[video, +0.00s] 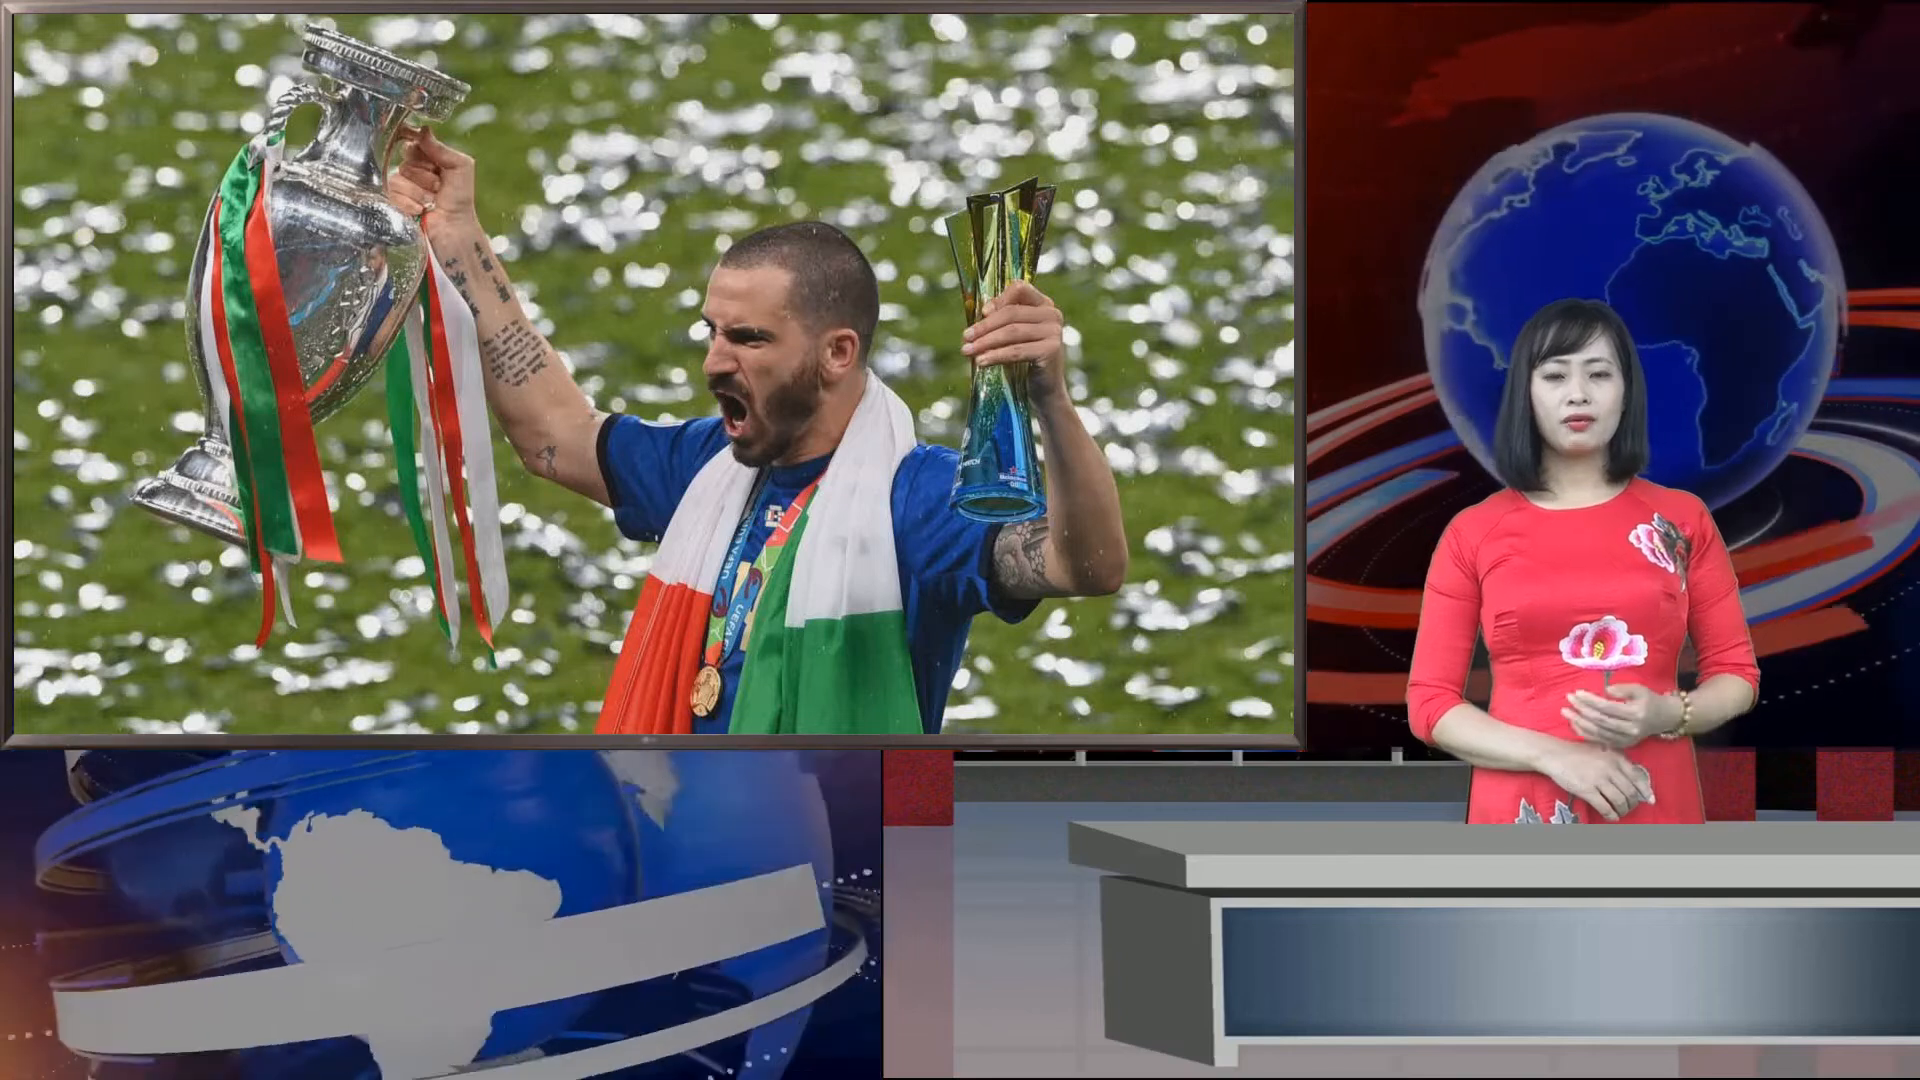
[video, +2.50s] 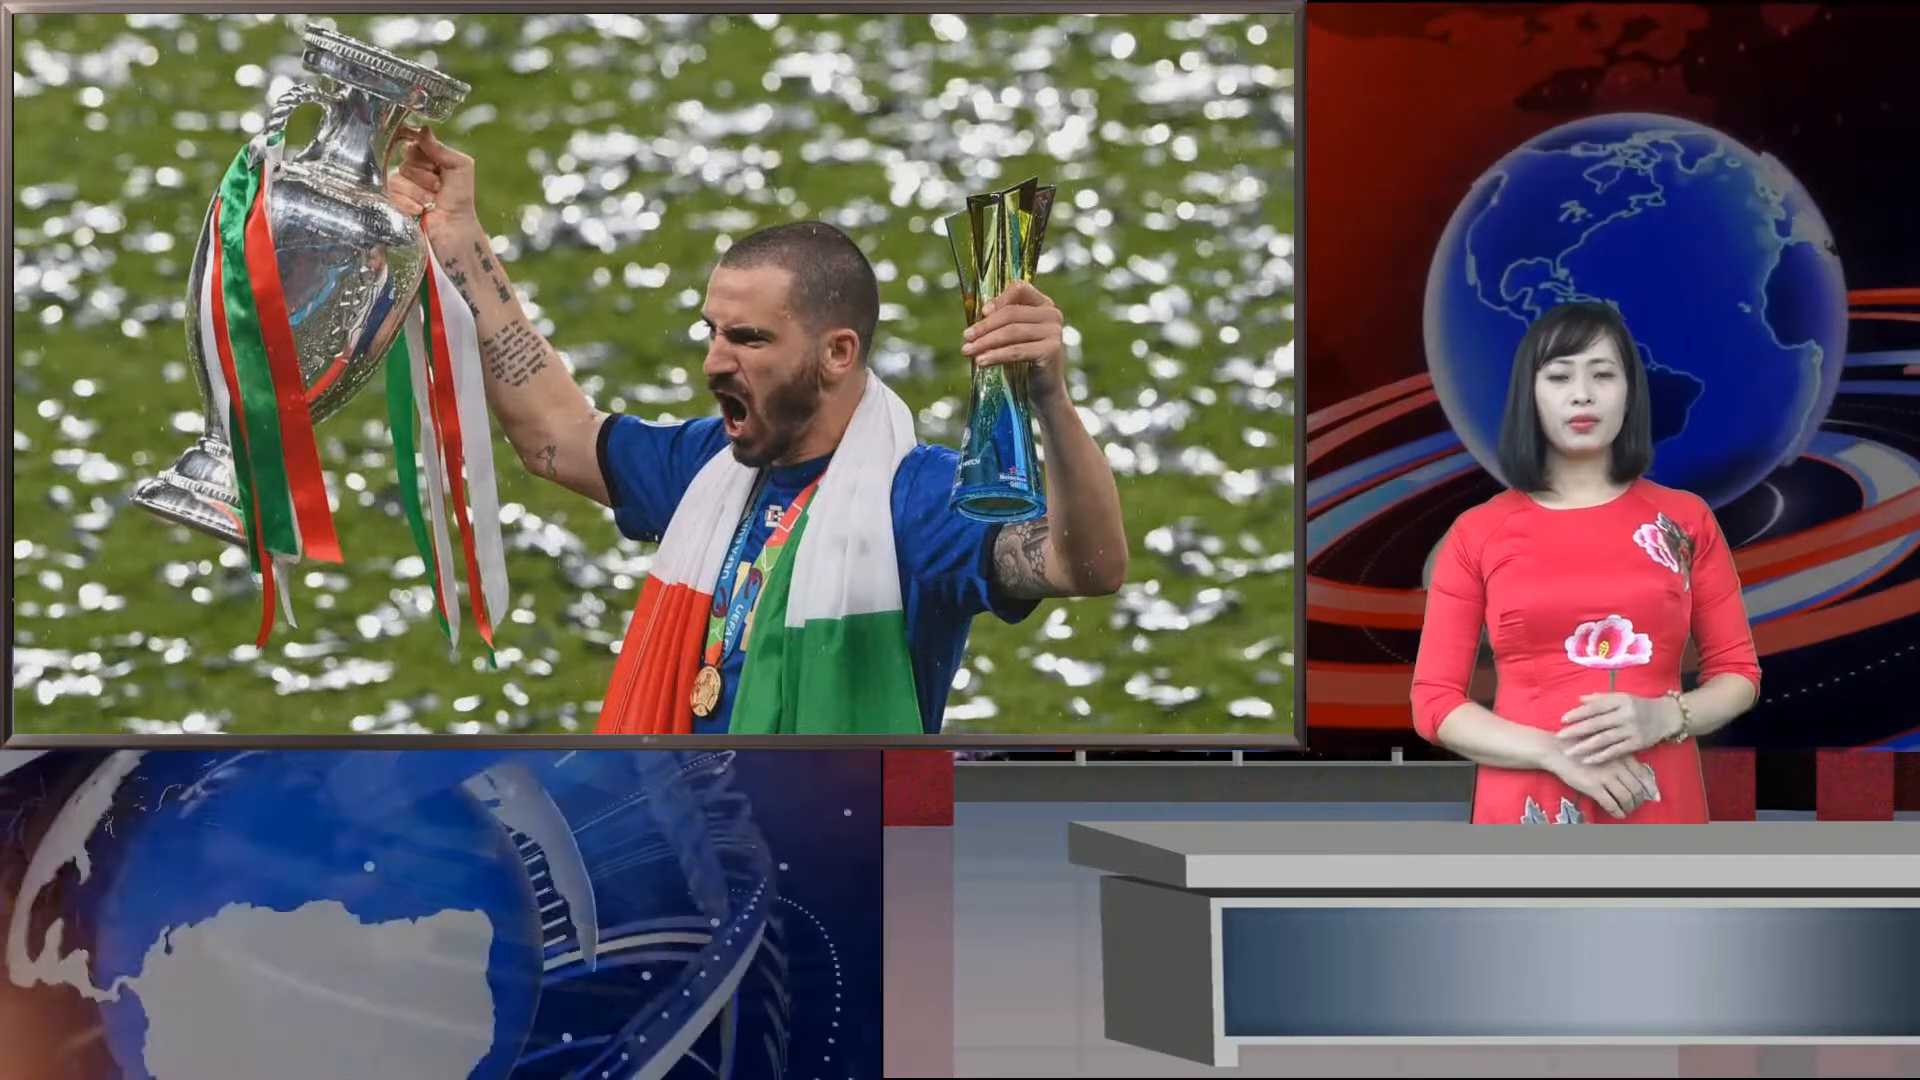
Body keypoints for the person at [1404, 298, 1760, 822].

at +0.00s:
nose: (1577, 393)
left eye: (1598, 374)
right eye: (1555, 375)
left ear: (1626, 392)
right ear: (1527, 393)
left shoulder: (1682, 520)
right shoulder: (1474, 534)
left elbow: (1736, 678)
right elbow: (1430, 703)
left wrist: (1665, 715)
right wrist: (1551, 754)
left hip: (1659, 825)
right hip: (1519, 826)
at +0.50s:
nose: (1575, 393)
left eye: (1596, 373)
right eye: (1553, 374)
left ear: (1623, 391)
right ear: (1524, 392)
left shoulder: (1679, 520)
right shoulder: (1472, 535)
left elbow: (1735, 677)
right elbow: (1429, 703)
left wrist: (1655, 716)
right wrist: (1552, 753)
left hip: (1658, 824)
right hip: (1518, 824)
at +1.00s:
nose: (1578, 394)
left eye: (1599, 375)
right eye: (1556, 375)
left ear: (1626, 393)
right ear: (1527, 393)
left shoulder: (1680, 521)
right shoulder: (1474, 535)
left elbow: (1734, 679)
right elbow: (1430, 704)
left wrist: (1653, 740)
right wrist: (1557, 752)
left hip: (1659, 823)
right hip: (1519, 825)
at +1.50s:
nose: (1577, 394)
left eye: (1598, 374)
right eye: (1555, 375)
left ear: (1625, 392)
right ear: (1525, 393)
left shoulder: (1680, 520)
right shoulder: (1473, 535)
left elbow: (1733, 677)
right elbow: (1430, 704)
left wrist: (1653, 738)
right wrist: (1558, 753)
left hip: (1659, 823)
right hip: (1519, 825)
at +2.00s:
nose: (1580, 396)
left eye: (1601, 377)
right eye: (1557, 378)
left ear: (1627, 394)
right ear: (1528, 395)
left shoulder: (1681, 522)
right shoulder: (1476, 535)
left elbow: (1735, 678)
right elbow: (1432, 704)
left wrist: (1654, 738)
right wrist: (1560, 752)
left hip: (1660, 823)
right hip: (1520, 824)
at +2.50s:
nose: (1582, 394)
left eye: (1602, 375)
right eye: (1560, 376)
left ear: (1629, 392)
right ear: (1531, 393)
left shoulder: (1685, 521)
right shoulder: (1478, 535)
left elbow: (1738, 676)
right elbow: (1434, 700)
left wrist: (1659, 718)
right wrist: (1553, 751)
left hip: (1663, 823)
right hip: (1524, 823)